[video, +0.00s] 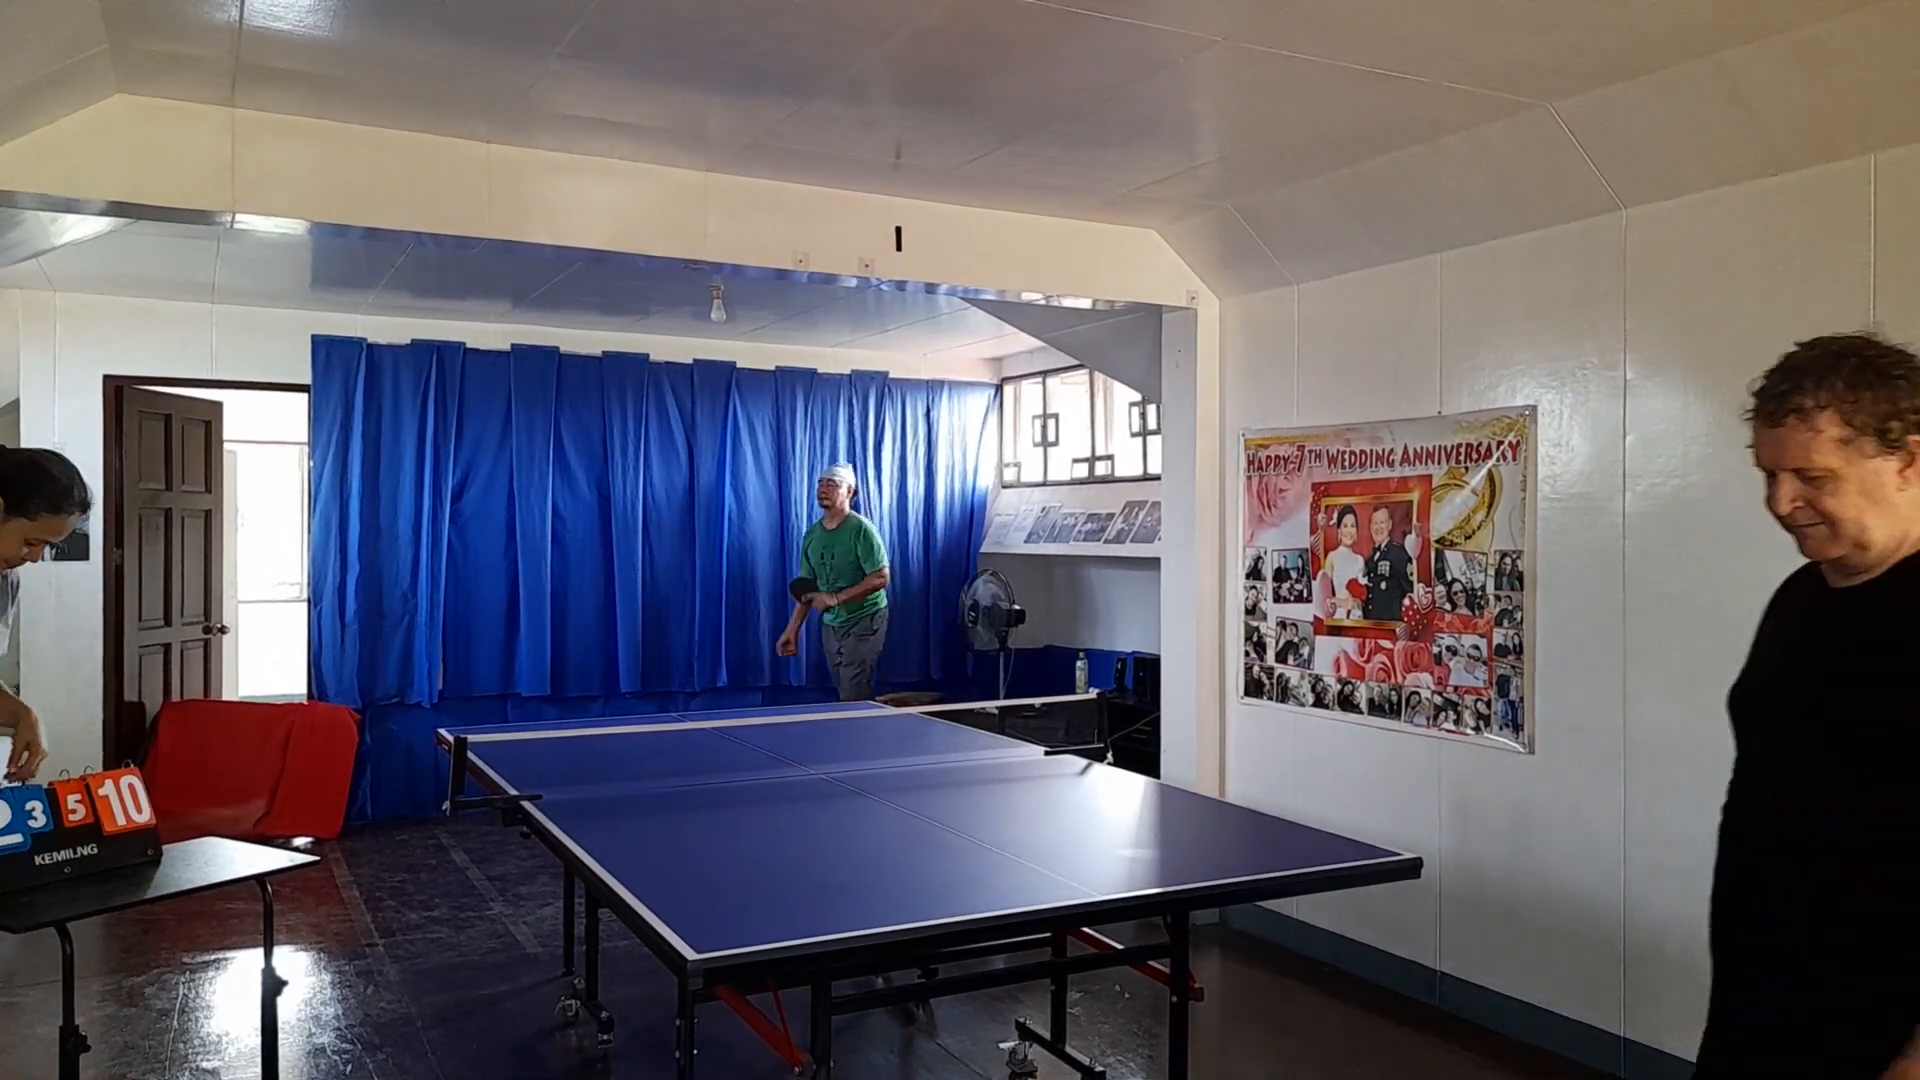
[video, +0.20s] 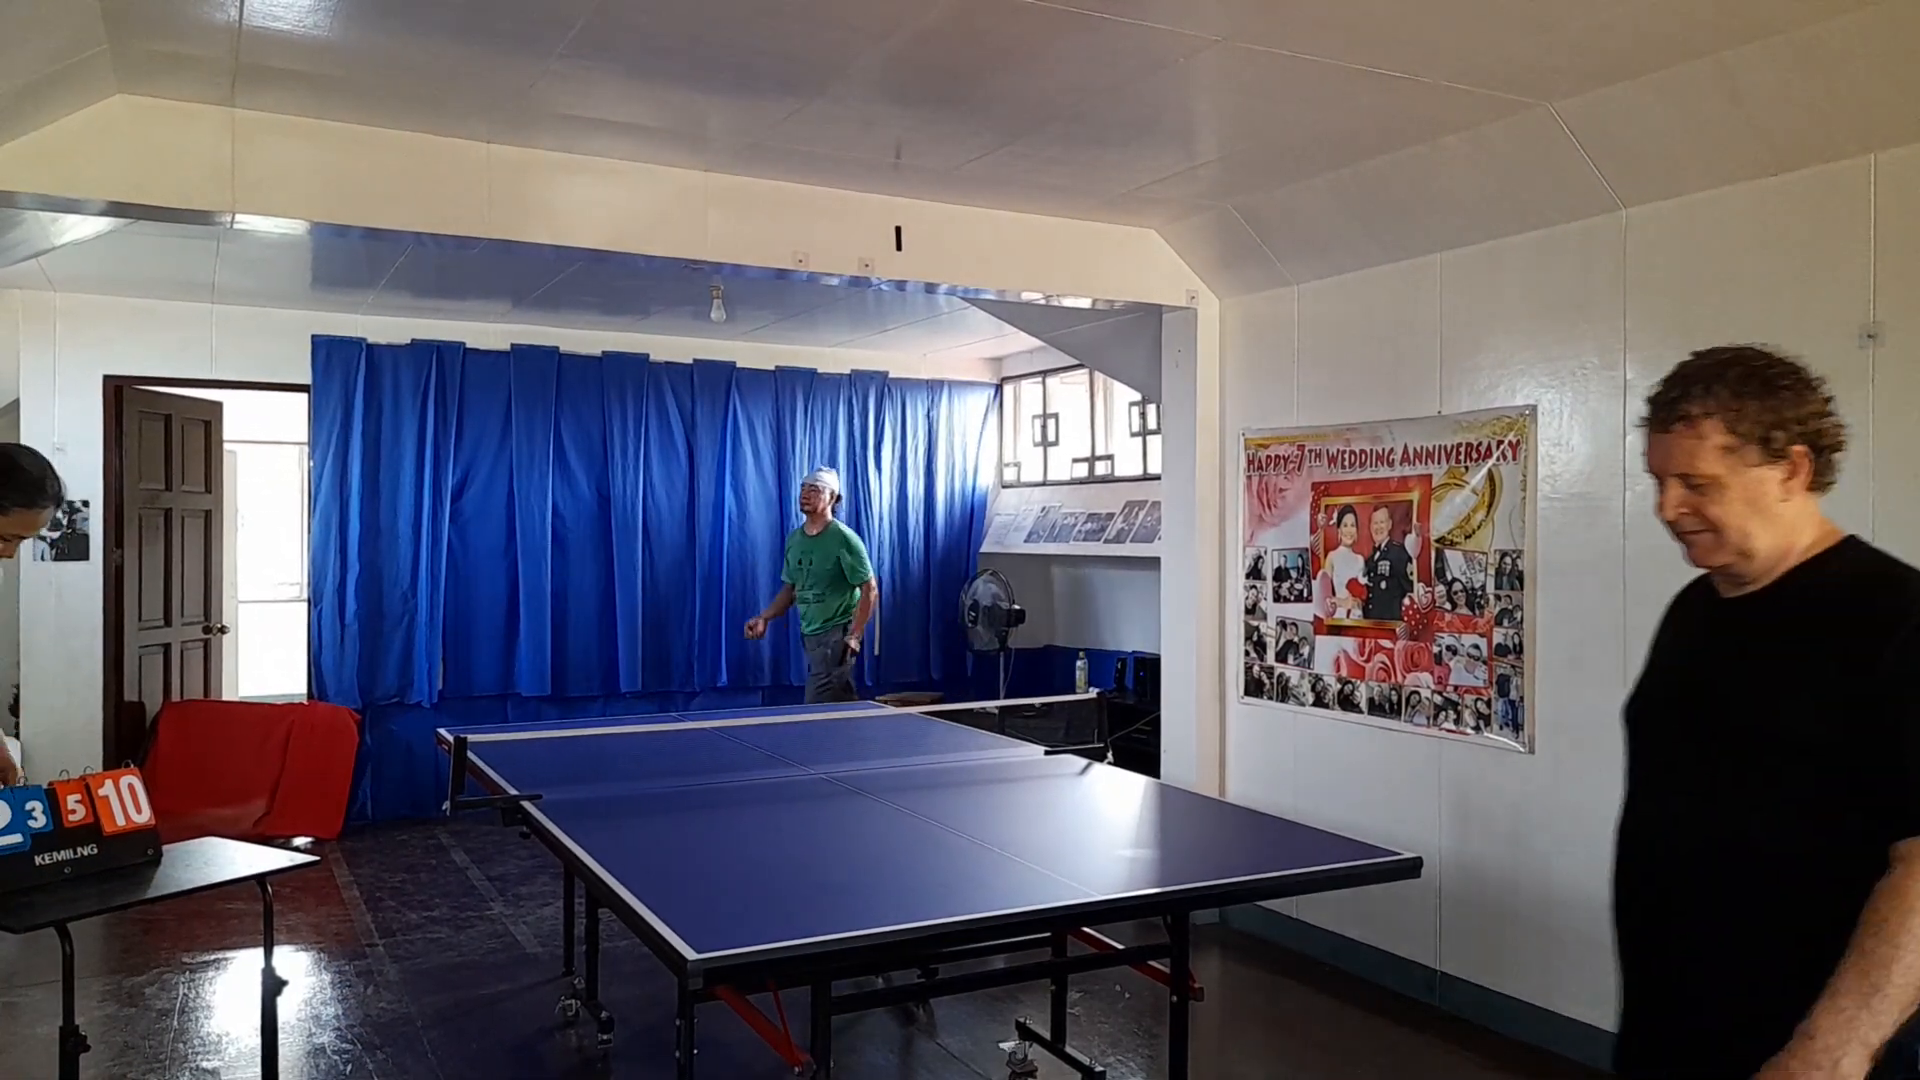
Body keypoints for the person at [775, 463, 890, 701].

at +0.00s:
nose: (823, 489)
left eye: (832, 484)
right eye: (821, 484)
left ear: (849, 492)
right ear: (816, 489)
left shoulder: (862, 530)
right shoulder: (812, 535)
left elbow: (881, 577)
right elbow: (807, 590)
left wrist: (835, 599)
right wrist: (792, 630)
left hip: (864, 620)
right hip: (831, 623)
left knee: (852, 696)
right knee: (847, 695)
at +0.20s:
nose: (806, 493)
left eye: (815, 489)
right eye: (804, 487)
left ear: (831, 498)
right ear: (799, 492)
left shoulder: (844, 538)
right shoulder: (795, 539)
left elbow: (870, 589)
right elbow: (790, 589)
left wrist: (855, 635)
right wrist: (764, 618)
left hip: (836, 636)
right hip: (811, 636)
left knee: (816, 711)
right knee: (845, 711)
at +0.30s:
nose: (797, 494)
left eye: (807, 490)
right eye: (796, 488)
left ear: (824, 500)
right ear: (792, 492)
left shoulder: (835, 540)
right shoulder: (784, 539)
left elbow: (860, 589)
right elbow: (775, 589)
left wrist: (851, 638)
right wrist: (749, 601)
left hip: (823, 634)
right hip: (795, 635)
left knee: (798, 705)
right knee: (822, 707)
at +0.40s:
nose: (789, 491)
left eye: (799, 487)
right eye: (789, 485)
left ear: (816, 497)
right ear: (785, 489)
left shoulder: (826, 538)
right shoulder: (775, 535)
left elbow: (849, 588)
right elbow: (761, 584)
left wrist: (837, 634)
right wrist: (737, 577)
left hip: (811, 631)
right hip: (780, 631)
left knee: (787, 706)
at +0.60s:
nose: (770, 488)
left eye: (780, 485)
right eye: (769, 482)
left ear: (798, 492)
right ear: (765, 484)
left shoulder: (809, 532)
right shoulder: (753, 527)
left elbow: (821, 585)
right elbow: (723, 568)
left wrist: (789, 620)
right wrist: (727, 531)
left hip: (793, 635)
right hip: (755, 630)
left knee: (793, 714)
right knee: (738, 702)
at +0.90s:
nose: (733, 499)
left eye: (741, 494)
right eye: (729, 492)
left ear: (759, 497)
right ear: (724, 493)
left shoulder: (771, 539)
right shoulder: (715, 533)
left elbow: (772, 597)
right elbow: (678, 564)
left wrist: (732, 634)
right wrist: (704, 521)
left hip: (756, 646)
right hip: (712, 645)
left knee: (761, 727)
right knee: (704, 728)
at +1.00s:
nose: (718, 497)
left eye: (727, 492)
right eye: (714, 490)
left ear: (745, 496)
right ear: (708, 492)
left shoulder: (756, 540)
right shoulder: (697, 535)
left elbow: (760, 602)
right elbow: (659, 568)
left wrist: (740, 651)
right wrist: (688, 531)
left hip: (736, 647)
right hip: (693, 643)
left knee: (741, 725)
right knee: (686, 721)